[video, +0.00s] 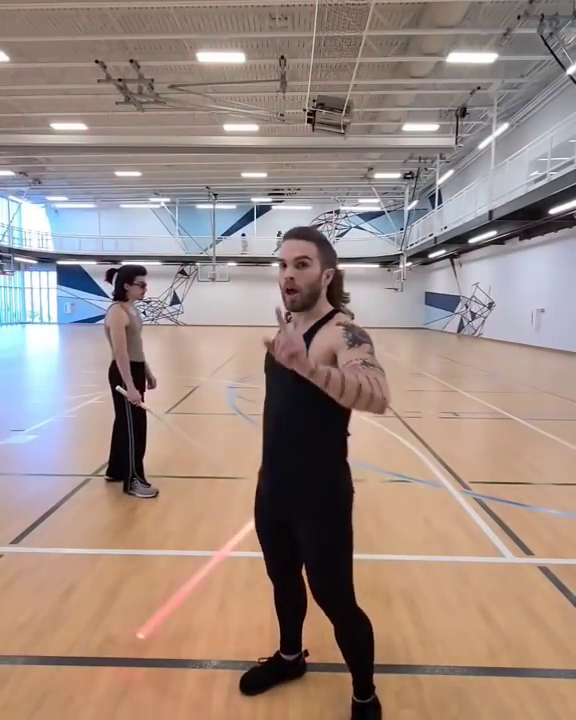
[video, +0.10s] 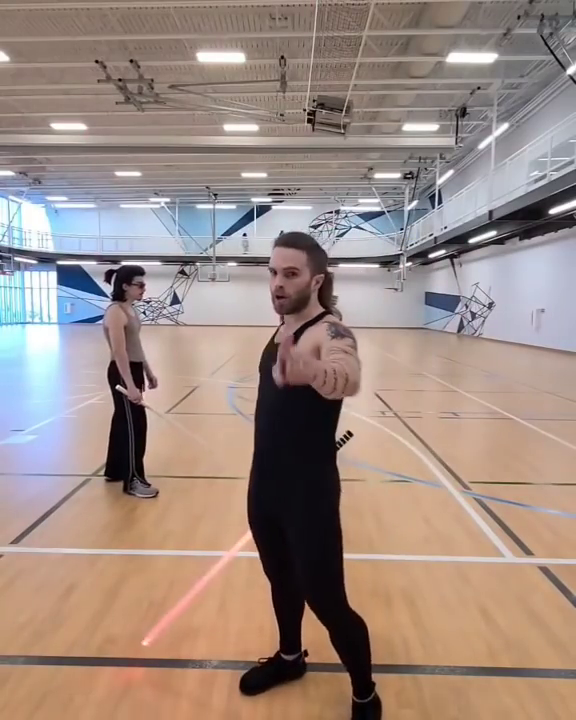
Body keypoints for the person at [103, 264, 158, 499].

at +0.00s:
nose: (144, 289)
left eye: (145, 285)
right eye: (140, 285)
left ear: (133, 287)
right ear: (126, 285)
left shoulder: (131, 309)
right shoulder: (117, 313)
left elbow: (135, 347)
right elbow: (120, 354)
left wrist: (147, 372)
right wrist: (130, 387)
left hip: (134, 370)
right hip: (125, 373)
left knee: (125, 424)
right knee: (136, 426)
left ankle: (116, 469)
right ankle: (133, 479)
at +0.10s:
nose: (143, 289)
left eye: (144, 285)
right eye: (139, 285)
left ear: (132, 287)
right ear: (125, 286)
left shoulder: (130, 309)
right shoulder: (115, 313)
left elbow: (135, 345)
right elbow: (119, 352)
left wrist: (148, 372)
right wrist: (130, 385)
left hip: (133, 369)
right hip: (123, 372)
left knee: (123, 422)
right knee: (137, 424)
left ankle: (115, 468)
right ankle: (133, 479)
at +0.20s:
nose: (142, 290)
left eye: (142, 286)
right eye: (137, 285)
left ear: (132, 288)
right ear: (123, 286)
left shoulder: (129, 310)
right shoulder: (114, 312)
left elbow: (134, 346)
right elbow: (118, 352)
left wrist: (147, 372)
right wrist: (131, 383)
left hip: (132, 369)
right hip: (121, 372)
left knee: (122, 421)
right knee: (140, 423)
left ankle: (114, 468)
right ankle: (135, 479)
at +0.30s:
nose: (140, 289)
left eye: (141, 285)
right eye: (136, 285)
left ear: (132, 288)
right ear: (122, 286)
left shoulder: (128, 310)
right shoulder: (113, 312)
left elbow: (133, 346)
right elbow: (117, 351)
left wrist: (144, 372)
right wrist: (131, 382)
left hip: (131, 369)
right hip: (120, 371)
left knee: (122, 420)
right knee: (140, 420)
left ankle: (114, 468)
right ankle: (136, 477)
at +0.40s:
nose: (139, 290)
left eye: (140, 285)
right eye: (135, 285)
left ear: (131, 288)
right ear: (121, 286)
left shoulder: (127, 310)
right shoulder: (112, 312)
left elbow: (132, 347)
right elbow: (117, 351)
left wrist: (141, 374)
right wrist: (131, 382)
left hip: (131, 369)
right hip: (120, 372)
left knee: (122, 422)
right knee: (137, 424)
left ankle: (114, 468)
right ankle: (137, 480)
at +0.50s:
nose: (138, 289)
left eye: (139, 285)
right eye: (134, 285)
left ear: (129, 287)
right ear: (120, 286)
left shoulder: (124, 310)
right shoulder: (113, 312)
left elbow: (130, 347)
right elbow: (118, 350)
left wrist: (139, 378)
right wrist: (131, 381)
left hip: (132, 368)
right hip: (123, 371)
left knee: (123, 422)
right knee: (135, 425)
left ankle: (115, 468)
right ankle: (135, 479)